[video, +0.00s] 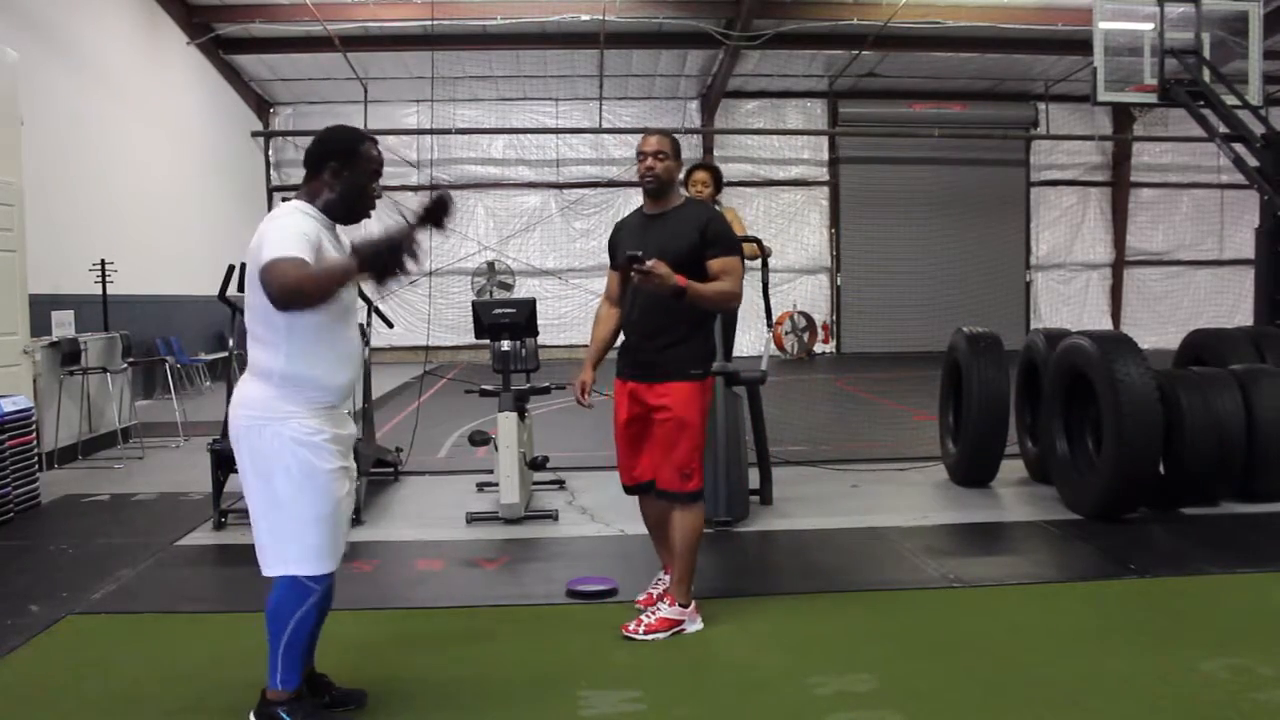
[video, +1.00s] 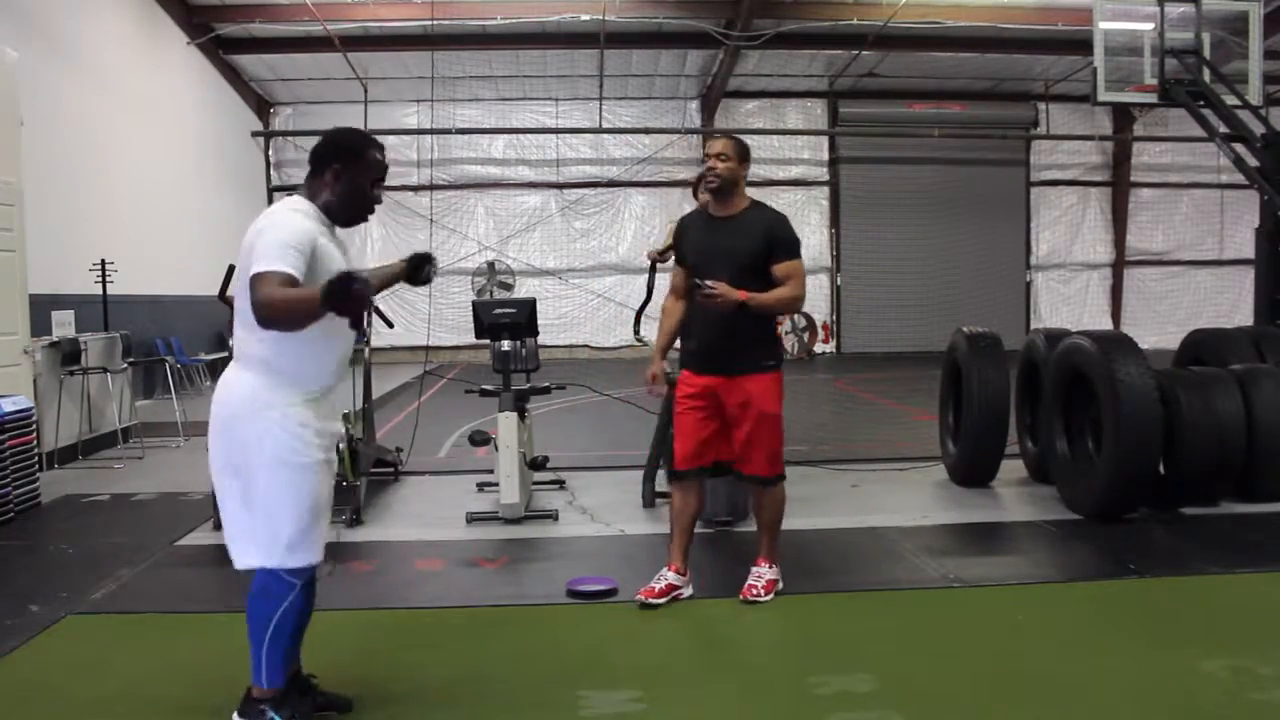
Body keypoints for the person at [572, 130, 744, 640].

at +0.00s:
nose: (649, 164)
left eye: (659, 157)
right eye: (642, 157)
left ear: (679, 166)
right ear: (635, 167)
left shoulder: (707, 219)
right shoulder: (625, 230)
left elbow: (731, 293)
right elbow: (612, 301)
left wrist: (675, 282)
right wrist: (590, 361)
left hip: (685, 375)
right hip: (635, 375)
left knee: (681, 487)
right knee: (646, 485)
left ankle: (681, 604)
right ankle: (673, 575)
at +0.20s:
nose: (636, 168)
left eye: (646, 160)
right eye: (631, 162)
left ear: (669, 168)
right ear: (627, 173)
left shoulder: (704, 218)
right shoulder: (624, 238)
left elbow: (736, 285)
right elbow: (619, 311)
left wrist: (678, 292)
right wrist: (604, 375)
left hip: (693, 374)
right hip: (641, 376)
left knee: (689, 482)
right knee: (650, 480)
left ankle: (686, 597)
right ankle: (675, 574)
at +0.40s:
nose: (637, 168)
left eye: (648, 160)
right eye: (633, 162)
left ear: (673, 169)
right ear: (630, 173)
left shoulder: (708, 216)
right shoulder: (631, 239)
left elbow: (743, 280)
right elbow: (631, 310)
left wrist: (680, 288)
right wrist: (620, 374)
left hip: (705, 370)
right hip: (653, 373)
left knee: (703, 476)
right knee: (660, 477)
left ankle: (722, 584)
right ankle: (675, 575)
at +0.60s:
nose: (656, 166)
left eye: (667, 159)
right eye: (652, 160)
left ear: (692, 168)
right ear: (649, 171)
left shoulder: (724, 217)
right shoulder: (649, 236)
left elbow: (754, 282)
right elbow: (642, 307)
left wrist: (689, 288)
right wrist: (626, 369)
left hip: (714, 371)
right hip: (663, 372)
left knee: (725, 475)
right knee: (669, 475)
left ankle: (762, 558)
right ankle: (675, 572)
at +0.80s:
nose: (682, 164)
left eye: (693, 157)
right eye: (679, 158)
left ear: (717, 167)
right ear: (677, 168)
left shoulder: (750, 221)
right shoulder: (671, 231)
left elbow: (772, 288)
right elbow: (660, 300)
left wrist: (711, 290)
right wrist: (637, 356)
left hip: (735, 373)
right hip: (681, 372)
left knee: (751, 473)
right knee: (676, 474)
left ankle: (764, 564)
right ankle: (675, 571)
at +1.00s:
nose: (712, 165)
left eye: (723, 159)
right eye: (708, 158)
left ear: (744, 169)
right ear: (701, 168)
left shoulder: (771, 225)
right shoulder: (689, 227)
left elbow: (794, 294)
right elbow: (677, 294)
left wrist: (740, 296)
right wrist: (658, 353)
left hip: (755, 373)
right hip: (697, 372)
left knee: (764, 473)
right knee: (683, 470)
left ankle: (767, 564)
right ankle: (676, 570)